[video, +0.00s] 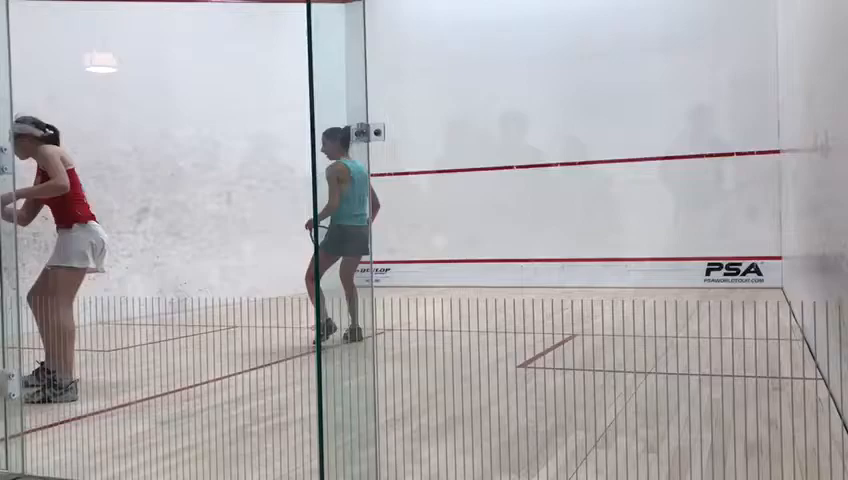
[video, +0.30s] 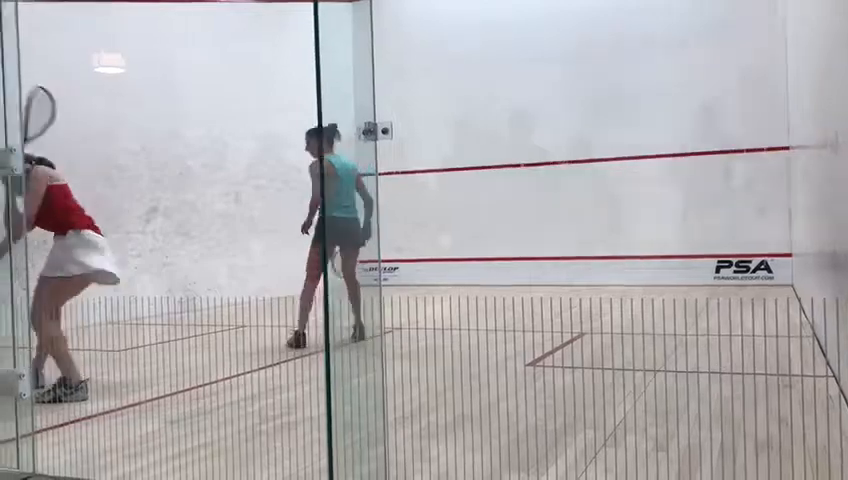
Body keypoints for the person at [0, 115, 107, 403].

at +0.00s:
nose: (13, 148)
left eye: (15, 141)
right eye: (12, 143)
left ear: (28, 137)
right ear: (32, 139)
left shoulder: (47, 151)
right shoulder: (44, 167)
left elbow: (61, 184)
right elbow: (24, 217)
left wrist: (16, 194)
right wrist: (3, 208)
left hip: (80, 235)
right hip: (69, 236)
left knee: (61, 304)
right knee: (38, 298)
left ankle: (66, 381)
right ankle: (53, 367)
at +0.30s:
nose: (13, 176)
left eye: (13, 170)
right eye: (11, 172)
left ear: (22, 164)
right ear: (29, 161)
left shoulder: (39, 172)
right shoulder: (40, 178)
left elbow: (25, 224)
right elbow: (24, 225)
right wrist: (9, 200)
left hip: (78, 252)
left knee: (42, 314)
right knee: (43, 315)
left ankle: (74, 381)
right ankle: (70, 379)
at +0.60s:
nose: (64, 152)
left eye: (64, 148)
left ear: (66, 150)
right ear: (92, 149)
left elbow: (38, 224)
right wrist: (147, 252)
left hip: (68, 238)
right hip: (104, 237)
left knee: (59, 318)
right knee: (88, 315)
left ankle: (73, 374)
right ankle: (63, 370)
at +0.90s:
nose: (161, 155)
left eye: (160, 150)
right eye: (159, 151)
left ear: (132, 154)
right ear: (151, 153)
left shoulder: (113, 177)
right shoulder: (158, 179)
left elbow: (117, 221)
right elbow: (169, 227)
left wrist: (152, 239)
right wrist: (184, 265)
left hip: (101, 247)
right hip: (136, 248)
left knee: (82, 312)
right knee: (169, 300)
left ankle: (50, 375)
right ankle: (175, 363)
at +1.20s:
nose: (237, 133)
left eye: (234, 129)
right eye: (233, 130)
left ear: (211, 137)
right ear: (224, 136)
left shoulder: (192, 162)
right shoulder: (234, 164)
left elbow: (170, 197)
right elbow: (243, 204)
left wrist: (182, 224)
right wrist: (251, 234)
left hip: (184, 229)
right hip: (210, 228)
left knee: (206, 290)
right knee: (211, 297)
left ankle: (174, 340)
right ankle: (180, 352)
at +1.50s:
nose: (287, 131)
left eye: (284, 127)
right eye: (282, 128)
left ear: (264, 138)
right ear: (274, 136)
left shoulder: (248, 164)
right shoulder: (288, 164)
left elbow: (229, 199)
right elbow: (297, 200)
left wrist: (239, 228)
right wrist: (303, 223)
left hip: (255, 228)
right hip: (279, 229)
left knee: (278, 283)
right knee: (284, 289)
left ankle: (269, 333)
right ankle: (248, 325)